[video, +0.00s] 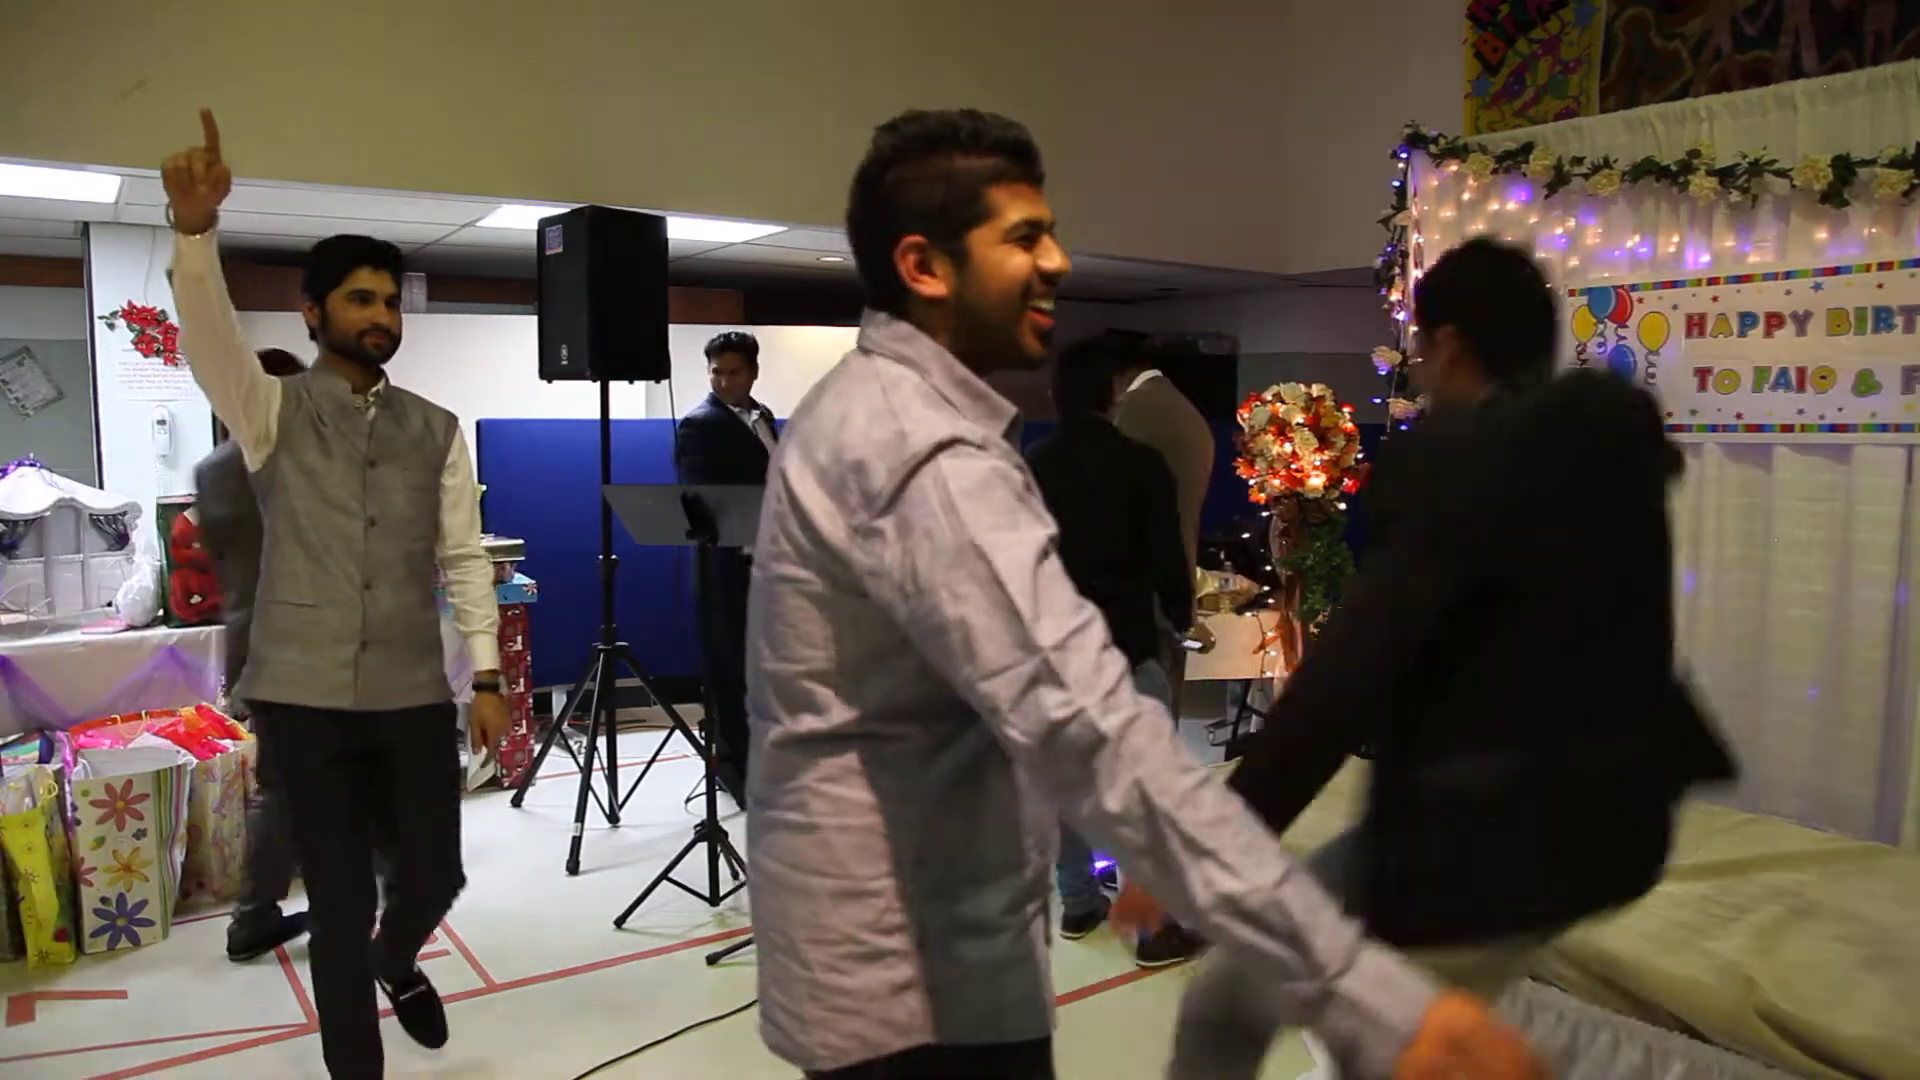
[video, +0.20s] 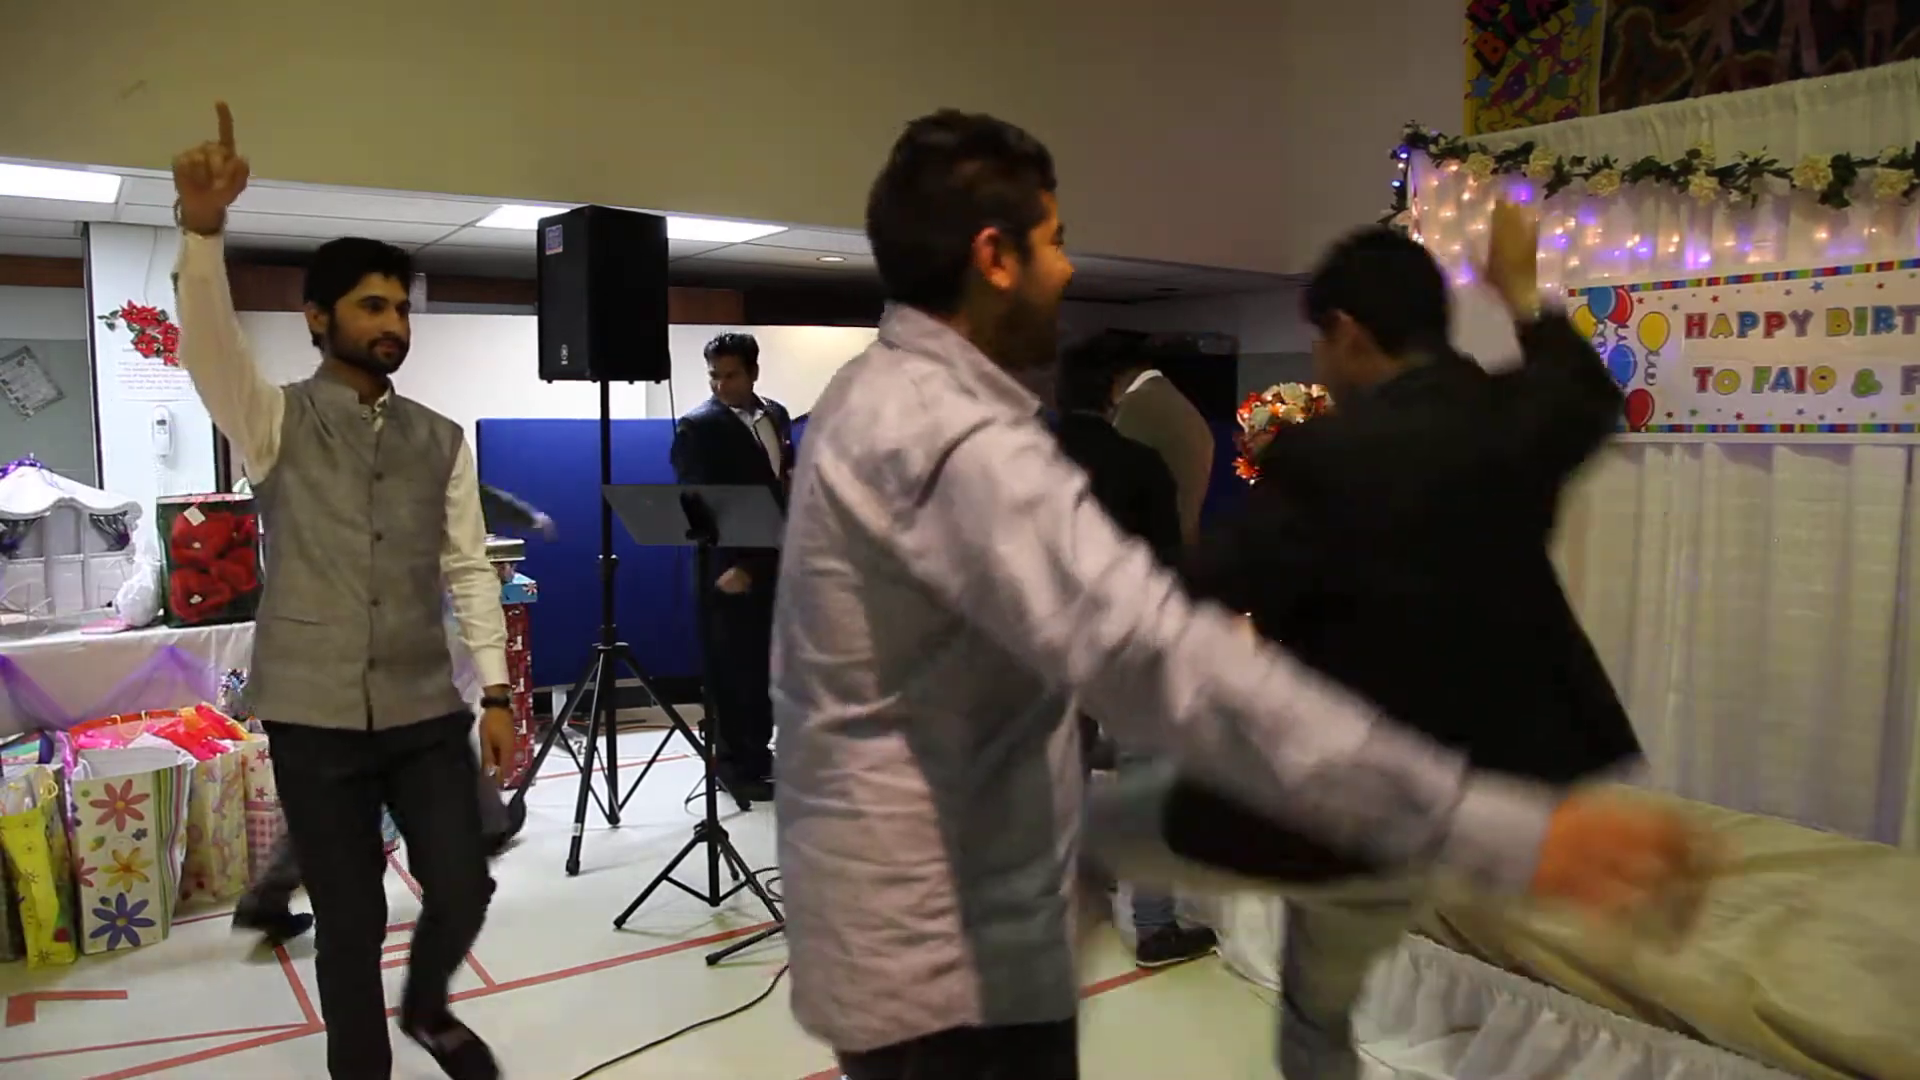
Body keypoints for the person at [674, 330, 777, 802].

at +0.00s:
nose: (724, 380)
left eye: (733, 372)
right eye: (717, 372)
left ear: (754, 372)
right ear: (709, 373)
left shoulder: (769, 422)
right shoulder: (696, 427)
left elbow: (788, 477)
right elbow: (697, 498)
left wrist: (780, 523)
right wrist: (735, 529)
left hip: (773, 559)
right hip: (724, 565)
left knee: (774, 661)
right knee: (729, 665)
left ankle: (776, 763)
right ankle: (735, 767)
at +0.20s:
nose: (722, 384)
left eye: (731, 375)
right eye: (716, 376)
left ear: (753, 372)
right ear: (710, 375)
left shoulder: (776, 417)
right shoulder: (697, 427)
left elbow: (788, 478)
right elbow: (698, 502)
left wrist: (797, 536)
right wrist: (722, 561)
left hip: (775, 560)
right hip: (727, 566)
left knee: (764, 665)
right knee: (732, 667)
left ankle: (758, 757)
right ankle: (737, 768)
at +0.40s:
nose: (715, 384)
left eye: (723, 375)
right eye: (711, 376)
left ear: (751, 372)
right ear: (710, 377)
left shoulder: (787, 418)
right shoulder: (699, 427)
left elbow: (815, 477)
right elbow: (689, 505)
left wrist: (806, 479)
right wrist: (685, 574)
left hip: (777, 567)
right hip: (723, 569)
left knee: (769, 666)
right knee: (726, 670)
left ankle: (765, 753)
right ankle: (731, 767)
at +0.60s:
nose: (715, 382)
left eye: (723, 373)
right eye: (712, 374)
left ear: (752, 370)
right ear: (718, 376)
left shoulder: (798, 417)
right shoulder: (704, 427)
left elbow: (820, 475)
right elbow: (689, 501)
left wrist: (806, 477)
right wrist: (676, 566)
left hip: (781, 557)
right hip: (724, 562)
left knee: (772, 660)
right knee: (728, 663)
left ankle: (764, 752)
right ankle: (732, 767)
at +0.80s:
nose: (716, 381)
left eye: (724, 373)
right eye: (714, 373)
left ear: (754, 370)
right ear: (723, 376)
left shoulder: (801, 418)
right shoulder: (707, 425)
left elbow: (825, 475)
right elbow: (690, 495)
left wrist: (804, 485)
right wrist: (671, 552)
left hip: (782, 563)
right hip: (727, 564)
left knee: (769, 662)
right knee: (732, 665)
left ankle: (763, 753)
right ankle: (735, 770)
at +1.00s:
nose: (710, 383)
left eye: (717, 374)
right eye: (707, 375)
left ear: (748, 371)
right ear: (712, 378)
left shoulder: (795, 416)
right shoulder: (699, 426)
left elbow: (825, 474)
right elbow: (689, 493)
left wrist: (790, 483)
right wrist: (673, 533)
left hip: (775, 561)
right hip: (720, 562)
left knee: (765, 659)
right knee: (716, 656)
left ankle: (758, 752)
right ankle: (708, 756)